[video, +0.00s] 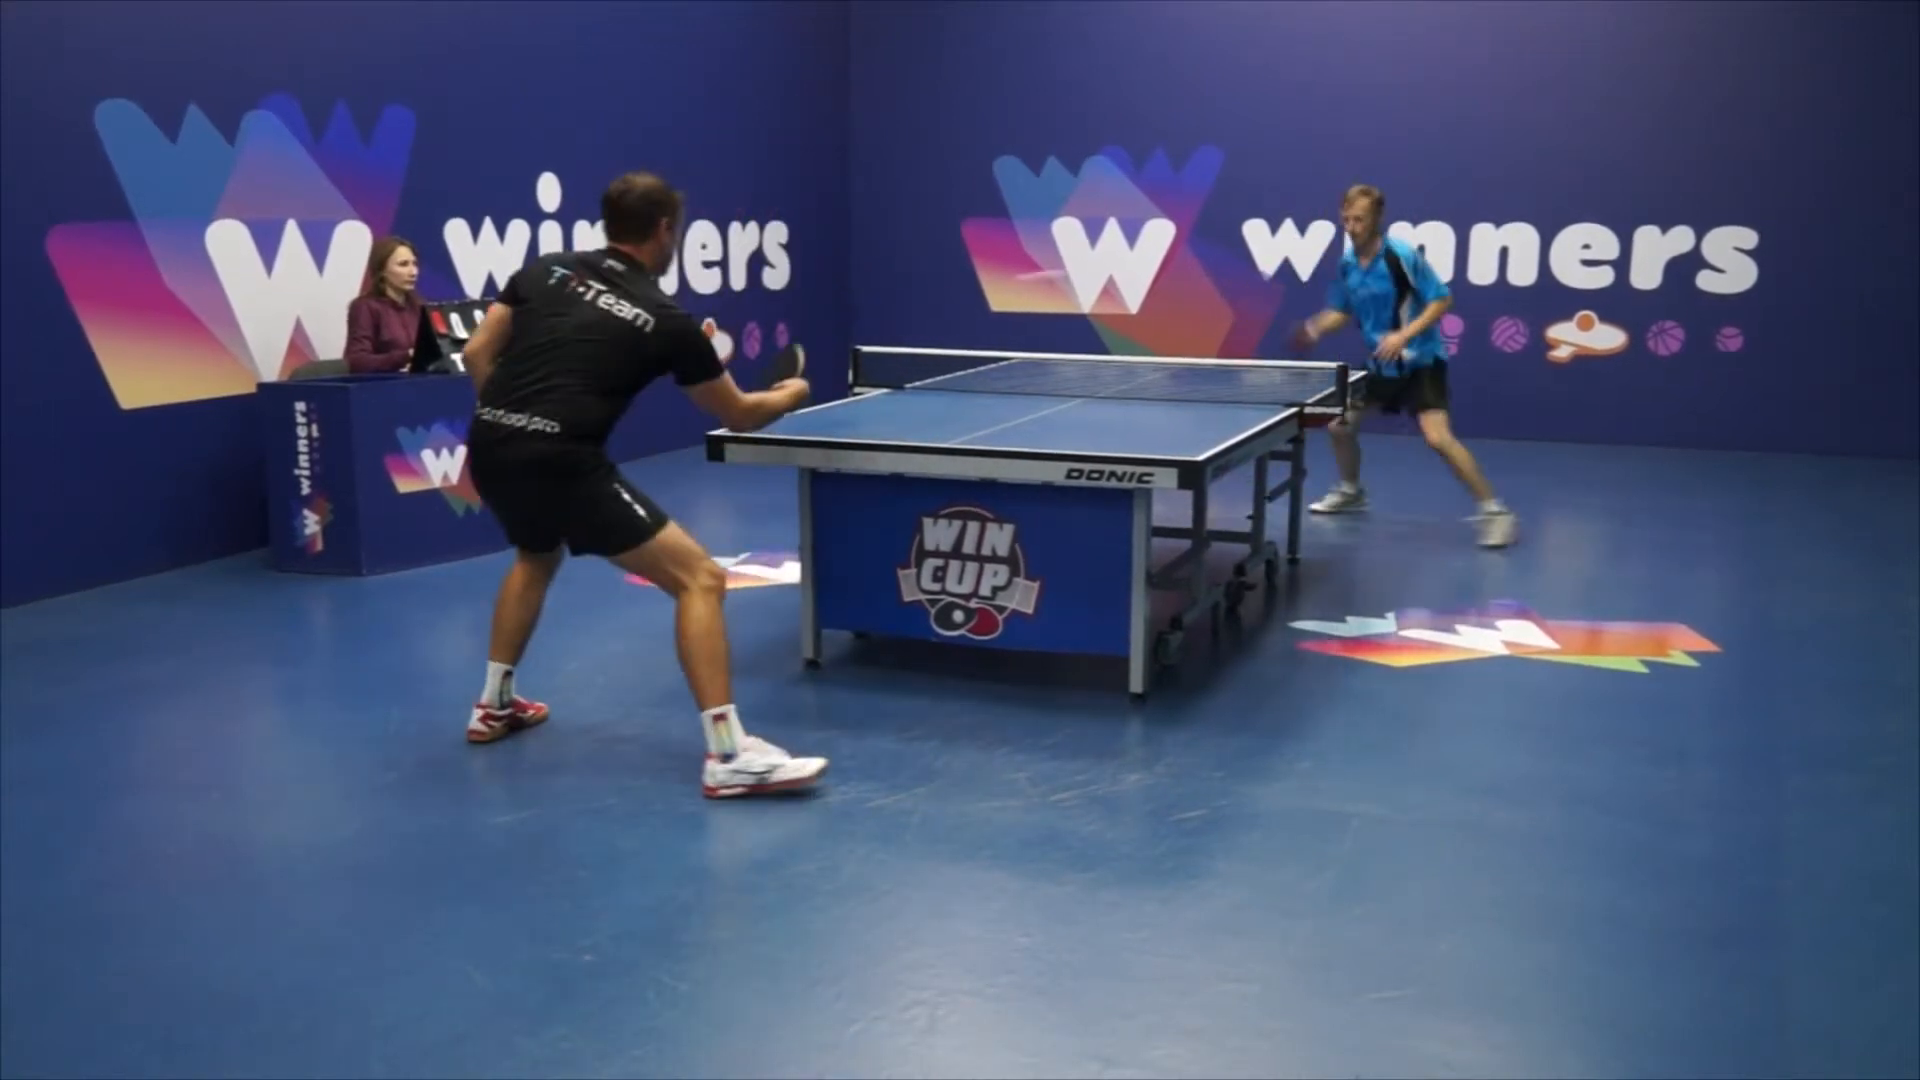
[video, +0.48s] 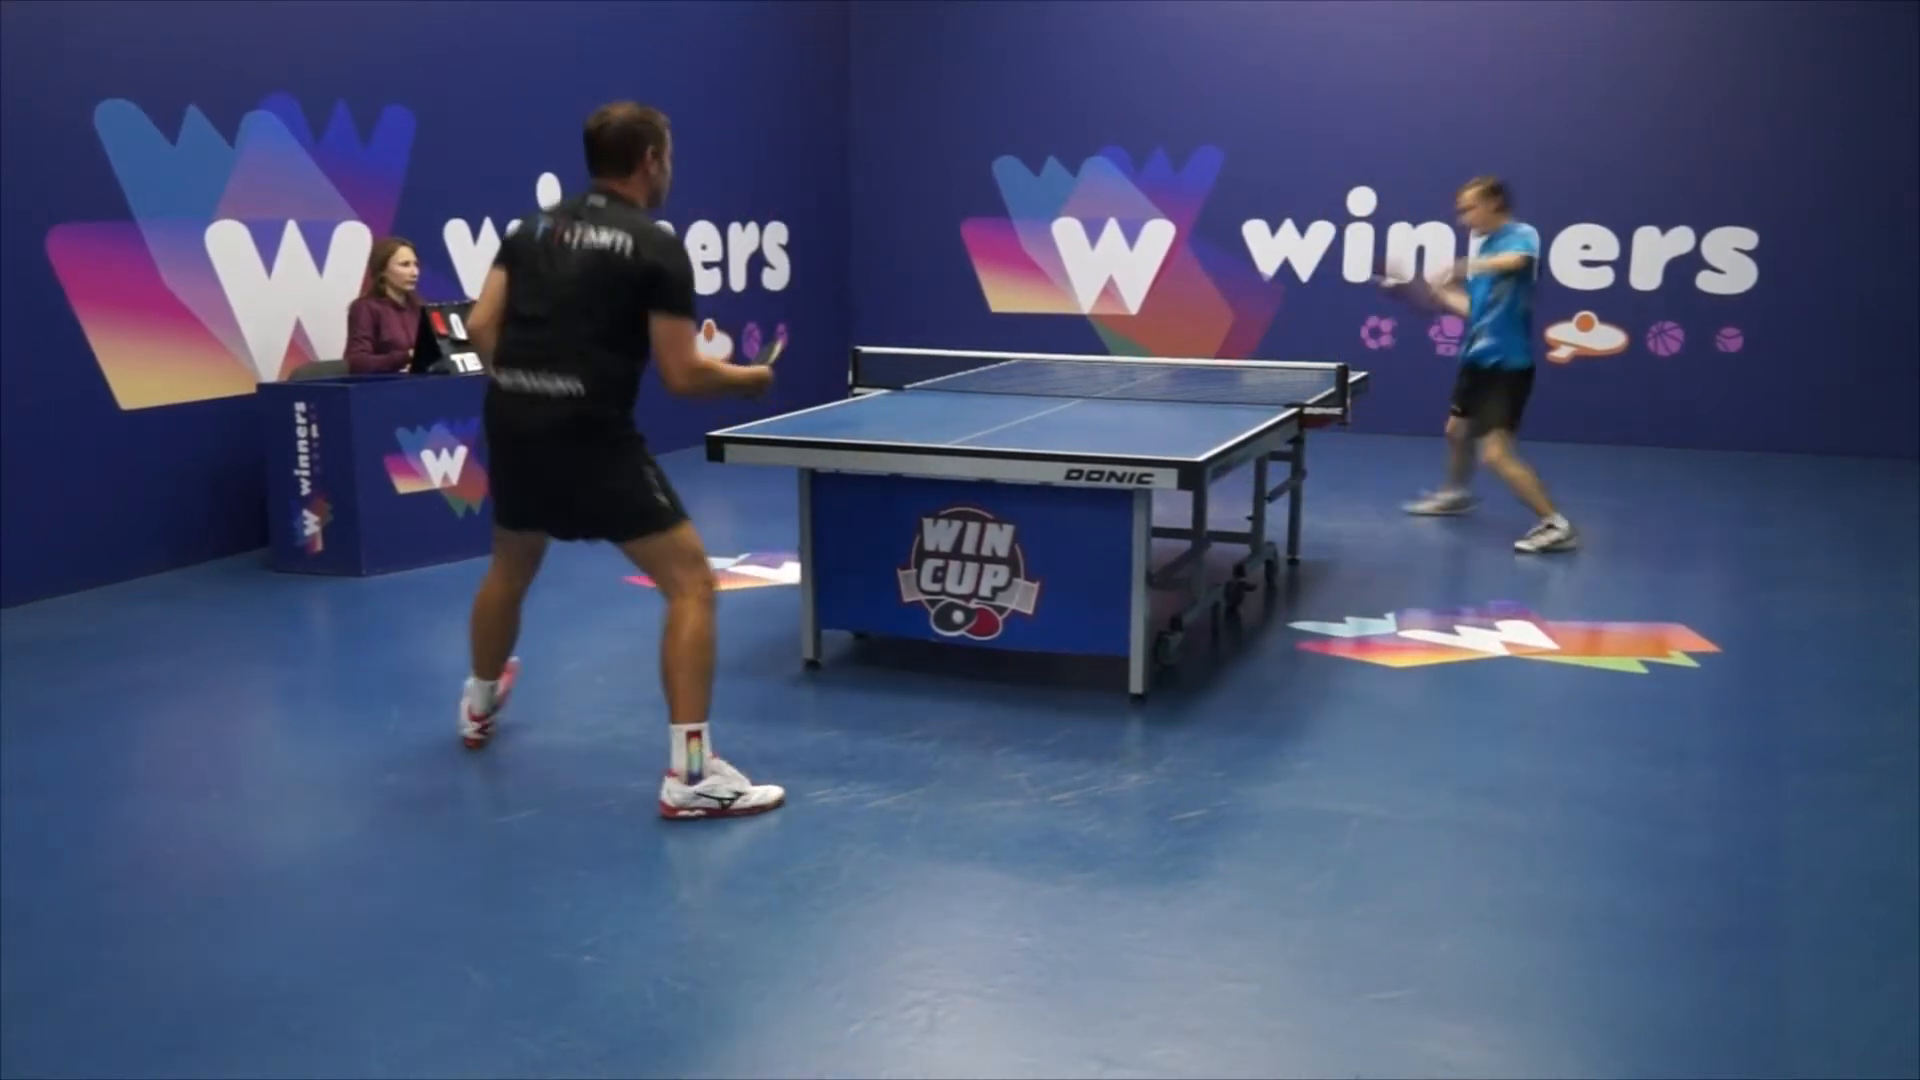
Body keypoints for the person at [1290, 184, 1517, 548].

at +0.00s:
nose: (1351, 225)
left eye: (1359, 219)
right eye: (1348, 218)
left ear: (1377, 221)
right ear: (1343, 219)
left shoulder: (1402, 255)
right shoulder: (1348, 262)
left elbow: (1441, 300)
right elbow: (1341, 311)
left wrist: (1404, 335)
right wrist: (1315, 327)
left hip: (1422, 362)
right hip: (1382, 364)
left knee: (1438, 436)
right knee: (1340, 426)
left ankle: (1493, 510)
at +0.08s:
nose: (1364, 239)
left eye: (1372, 231)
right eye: (1360, 231)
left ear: (1390, 232)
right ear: (1355, 233)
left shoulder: (1414, 269)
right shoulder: (1367, 275)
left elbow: (1438, 321)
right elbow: (1373, 323)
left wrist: (1388, 346)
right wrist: (1346, 348)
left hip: (1433, 378)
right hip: (1391, 377)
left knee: (1457, 451)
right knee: (1352, 435)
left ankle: (1523, 514)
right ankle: (1350, 493)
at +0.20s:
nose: (1385, 247)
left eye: (1392, 240)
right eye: (1381, 240)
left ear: (1410, 240)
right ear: (1378, 240)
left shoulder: (1419, 271)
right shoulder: (1403, 271)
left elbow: (1398, 332)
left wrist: (1378, 327)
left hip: (1472, 375)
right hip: (1440, 378)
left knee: (1472, 460)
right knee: (1389, 434)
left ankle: (1546, 513)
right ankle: (1386, 496)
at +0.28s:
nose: (1403, 251)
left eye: (1409, 244)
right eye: (1399, 244)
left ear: (1427, 243)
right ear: (1396, 245)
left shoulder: (1431, 273)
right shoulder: (1447, 272)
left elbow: (1390, 325)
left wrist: (1392, 329)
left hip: (1485, 383)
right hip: (1458, 383)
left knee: (1470, 468)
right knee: (1407, 437)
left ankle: (1549, 516)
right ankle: (1404, 500)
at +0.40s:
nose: (1438, 234)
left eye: (1444, 226)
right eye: (1436, 226)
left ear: (1465, 225)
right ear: (1450, 226)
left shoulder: (1472, 255)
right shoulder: (1463, 257)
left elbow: (1448, 298)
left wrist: (1427, 336)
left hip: (1496, 375)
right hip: (1475, 374)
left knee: (1476, 466)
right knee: (1443, 434)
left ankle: (1550, 517)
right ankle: (1415, 496)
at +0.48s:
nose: (1466, 219)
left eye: (1471, 209)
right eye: (1463, 212)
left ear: (1495, 203)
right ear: (1472, 212)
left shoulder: (1522, 234)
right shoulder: (1480, 250)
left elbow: (1518, 262)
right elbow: (1475, 309)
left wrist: (1463, 268)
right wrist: (1440, 291)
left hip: (1509, 360)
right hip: (1476, 357)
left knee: (1494, 449)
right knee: (1457, 430)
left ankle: (1554, 521)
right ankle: (1455, 492)